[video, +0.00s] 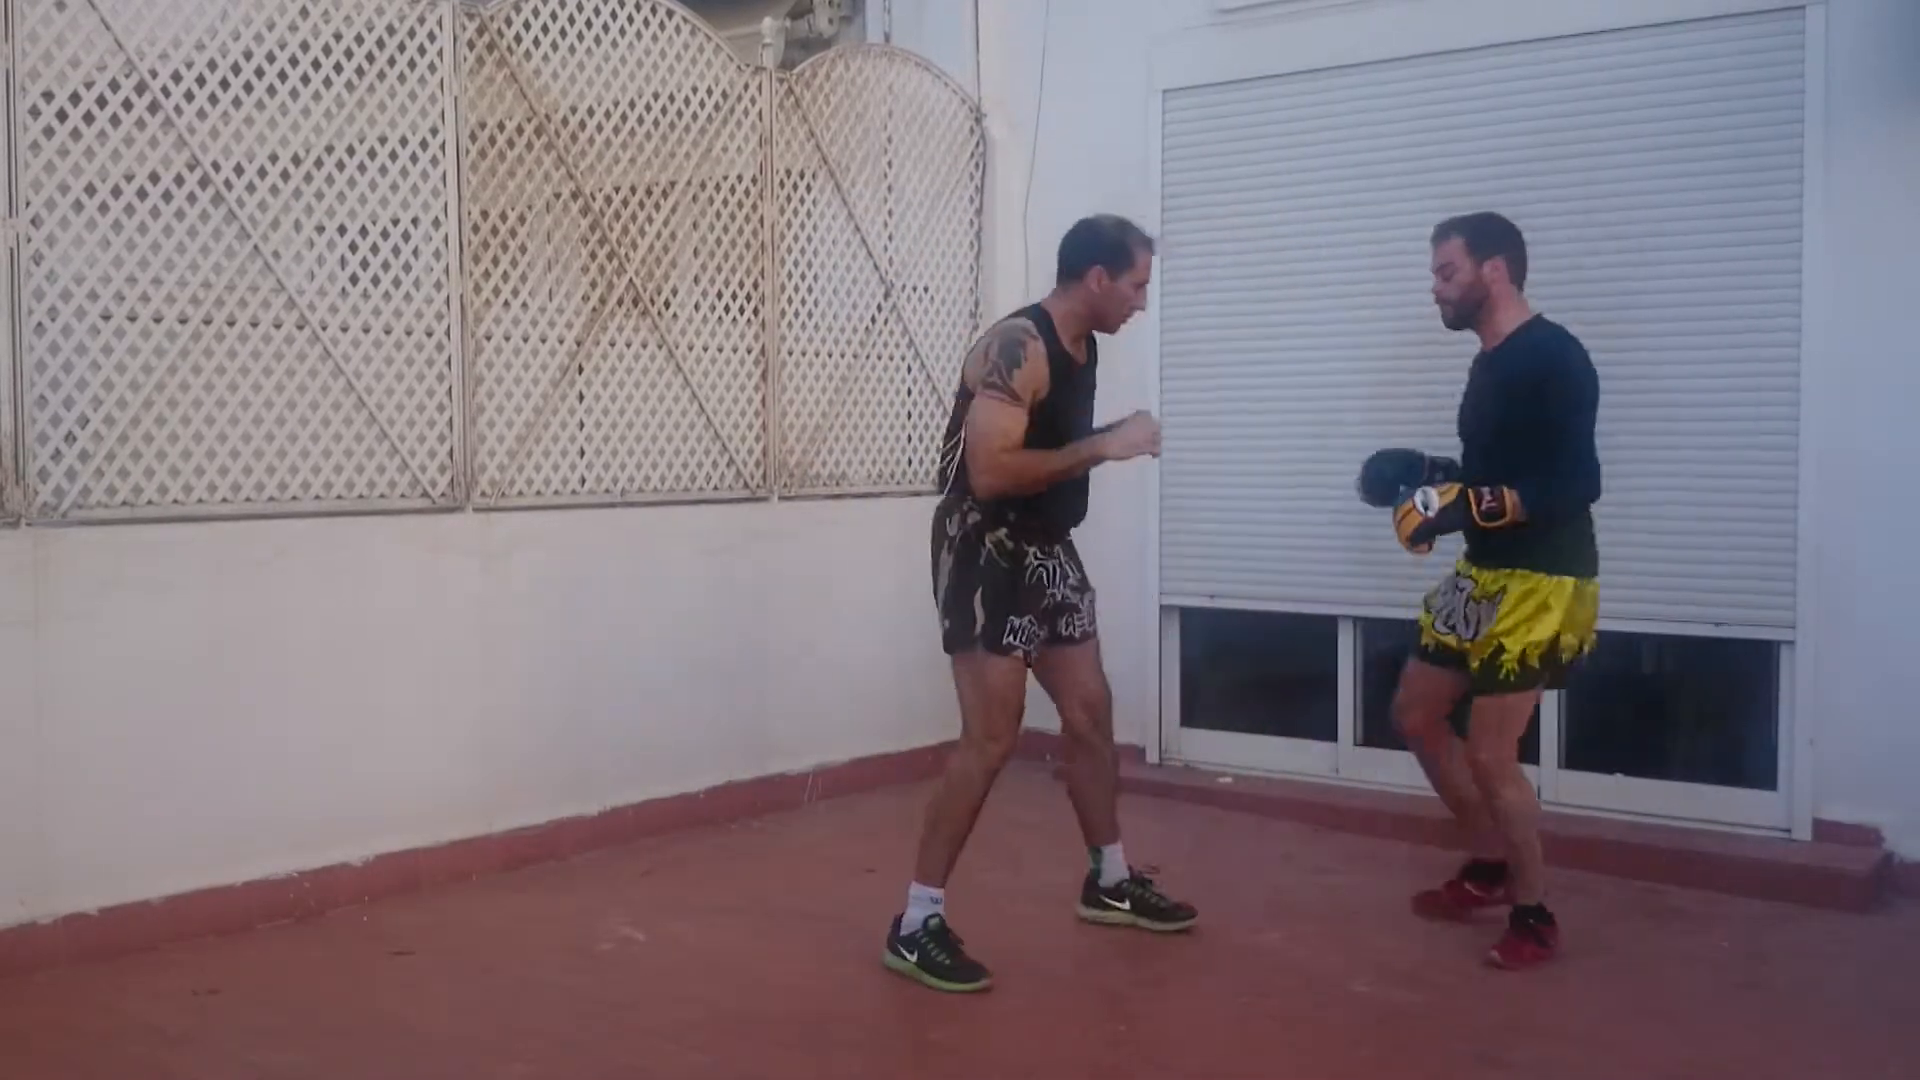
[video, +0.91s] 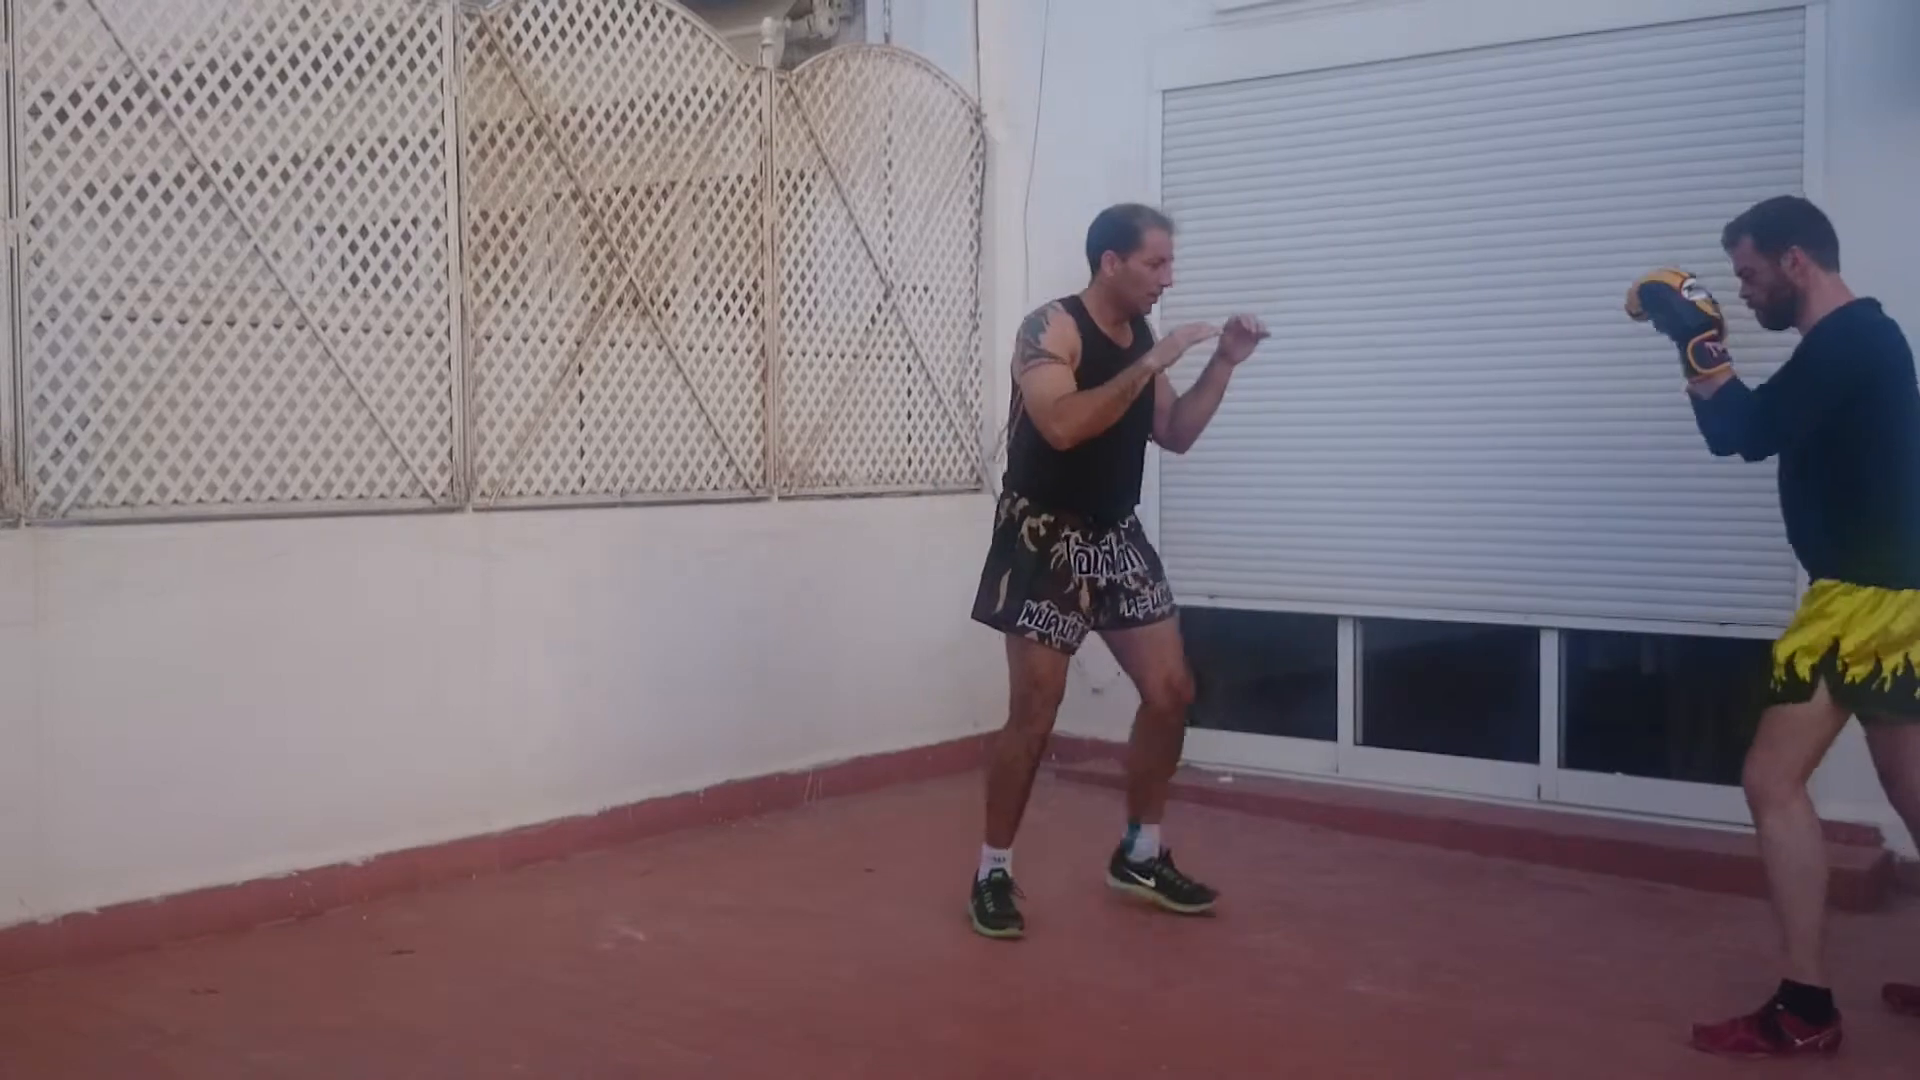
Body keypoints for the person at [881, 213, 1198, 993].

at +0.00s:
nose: (1142, 302)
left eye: (1144, 287)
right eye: (1137, 286)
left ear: (1098, 279)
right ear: (1094, 278)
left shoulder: (1077, 347)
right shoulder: (1013, 348)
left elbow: (1028, 455)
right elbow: (990, 473)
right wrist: (1102, 446)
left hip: (1045, 545)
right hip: (982, 547)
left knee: (1089, 711)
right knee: (990, 734)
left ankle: (1109, 878)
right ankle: (916, 922)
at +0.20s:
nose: (1113, 288)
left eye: (1115, 274)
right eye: (1106, 273)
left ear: (1067, 270)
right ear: (1062, 267)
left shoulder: (1045, 339)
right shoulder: (1000, 336)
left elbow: (1011, 445)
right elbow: (988, 462)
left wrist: (1082, 434)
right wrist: (1083, 434)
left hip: (1018, 541)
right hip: (960, 540)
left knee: (1045, 701)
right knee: (964, 731)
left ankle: (1010, 850)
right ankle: (909, 922)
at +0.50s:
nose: (1116, 288)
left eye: (1119, 275)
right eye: (1108, 273)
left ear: (1078, 272)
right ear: (1062, 267)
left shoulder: (1071, 348)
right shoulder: (997, 326)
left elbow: (1093, 448)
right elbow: (971, 425)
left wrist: (1145, 396)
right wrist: (1070, 380)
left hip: (1035, 541)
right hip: (976, 536)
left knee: (1008, 710)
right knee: (978, 711)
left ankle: (962, 847)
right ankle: (918, 898)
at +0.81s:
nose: (1140, 275)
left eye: (1143, 262)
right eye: (1131, 261)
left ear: (1107, 265)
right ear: (1085, 261)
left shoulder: (1119, 339)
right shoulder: (1023, 326)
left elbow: (1164, 427)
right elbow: (1036, 415)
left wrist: (1206, 356)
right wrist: (1121, 351)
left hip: (1091, 539)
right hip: (1018, 539)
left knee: (1124, 705)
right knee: (1018, 715)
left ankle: (1027, 816)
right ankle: (988, 870)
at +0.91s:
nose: (1165, 279)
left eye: (1169, 266)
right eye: (1155, 264)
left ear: (1134, 268)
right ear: (1109, 262)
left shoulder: (1139, 344)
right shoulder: (1049, 328)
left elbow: (1176, 432)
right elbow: (1063, 425)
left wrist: (1225, 365)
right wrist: (1152, 363)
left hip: (1117, 538)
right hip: (1043, 539)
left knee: (1170, 694)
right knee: (1033, 711)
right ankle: (993, 871)